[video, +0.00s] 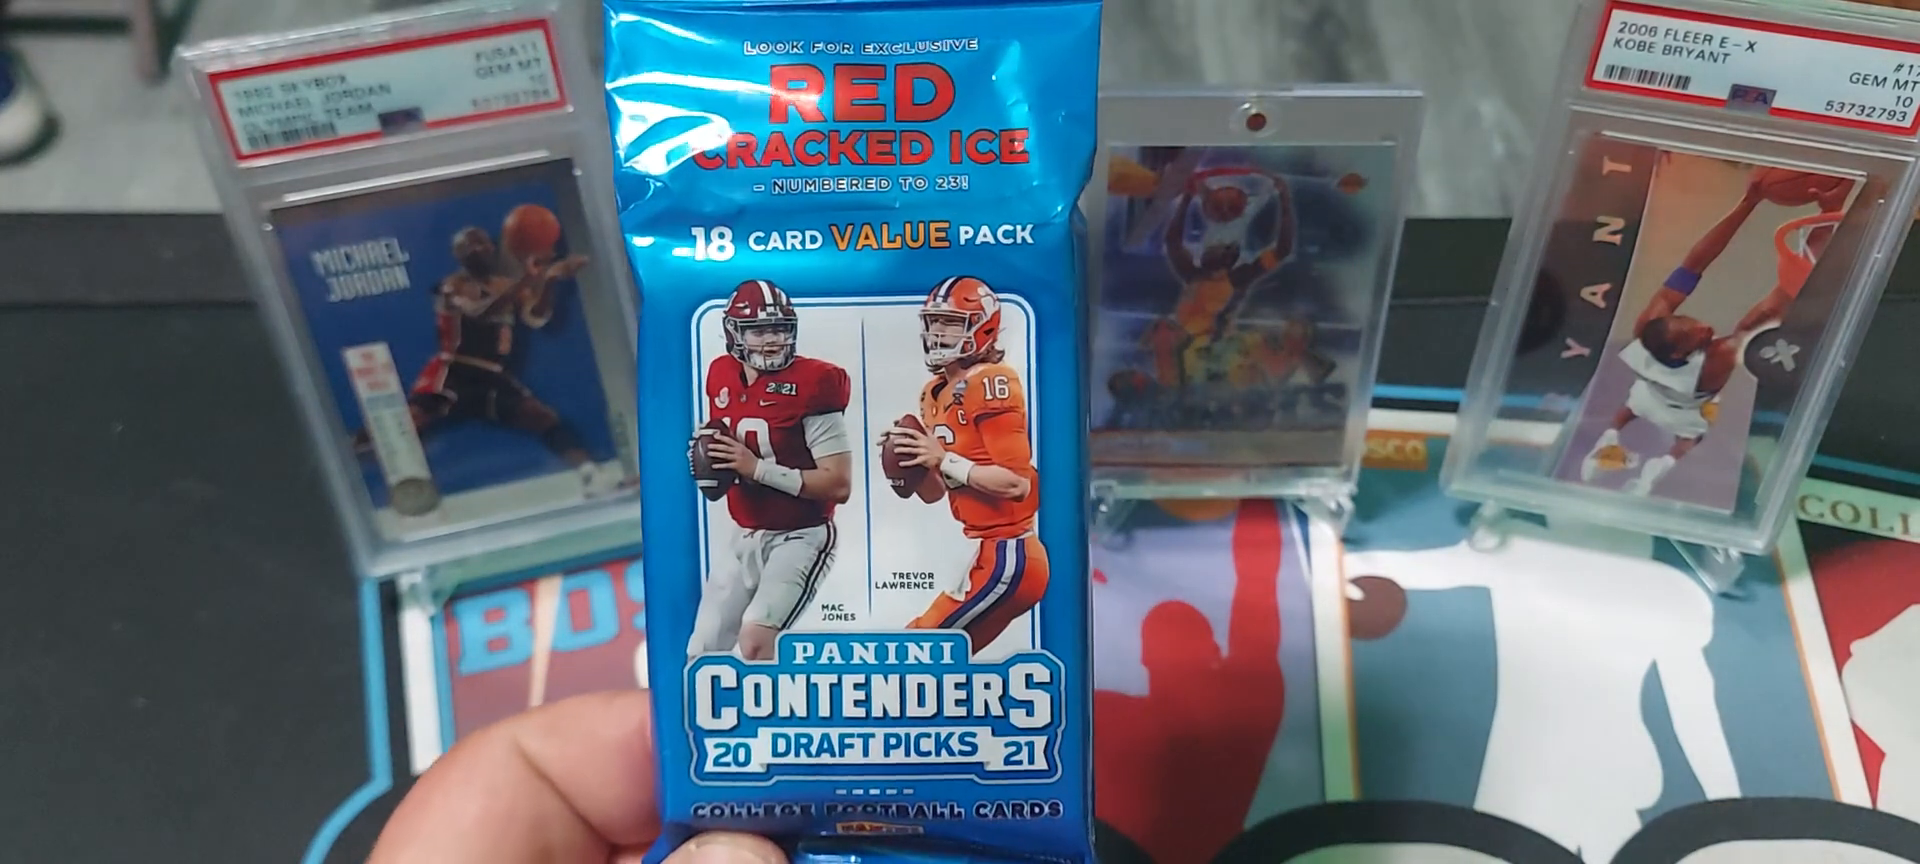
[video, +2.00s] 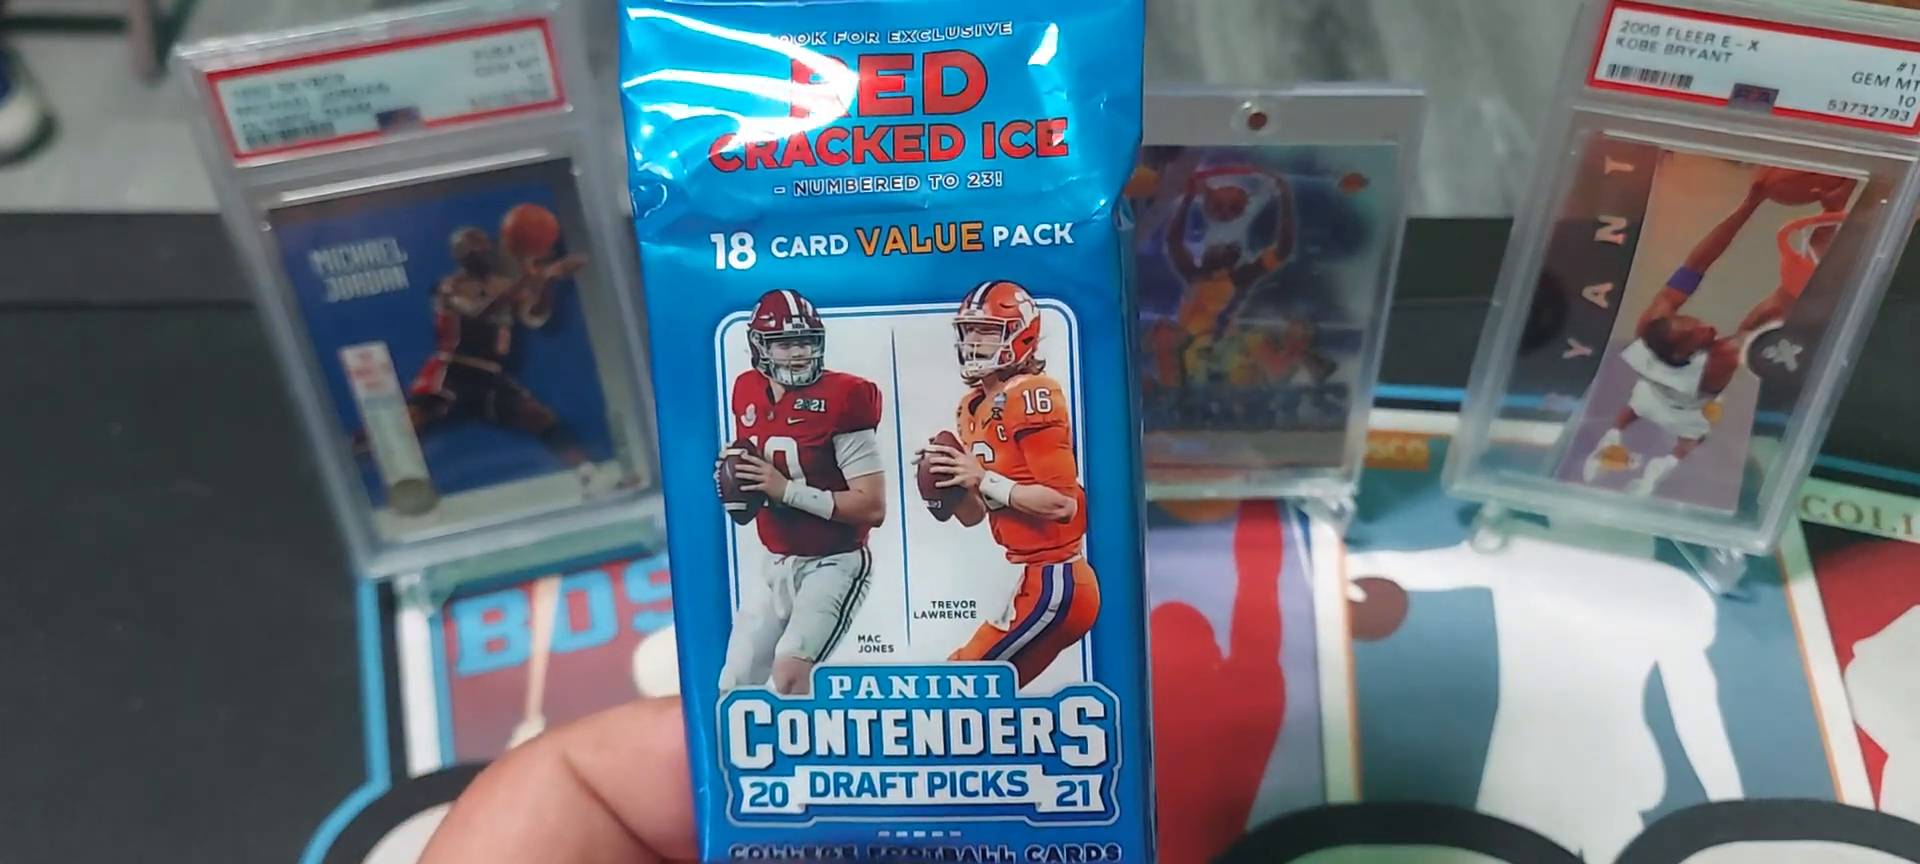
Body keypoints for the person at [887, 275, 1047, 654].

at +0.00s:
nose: (937, 335)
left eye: (950, 325)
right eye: (933, 324)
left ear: (981, 329)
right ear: (925, 326)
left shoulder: (991, 381)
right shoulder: (933, 392)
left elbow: (1016, 483)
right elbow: (931, 492)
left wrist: (942, 458)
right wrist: (904, 464)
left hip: (1008, 556)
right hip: (990, 554)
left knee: (911, 655)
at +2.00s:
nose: (974, 344)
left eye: (987, 333)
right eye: (969, 332)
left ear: (1020, 337)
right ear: (959, 335)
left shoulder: (1032, 394)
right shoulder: (970, 407)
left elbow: (1061, 502)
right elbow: (971, 514)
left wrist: (982, 478)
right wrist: (943, 479)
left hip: (1055, 582)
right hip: (1036, 579)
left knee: (955, 688)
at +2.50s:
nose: (988, 359)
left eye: (1002, 348)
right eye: (983, 347)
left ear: (1034, 353)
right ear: (974, 350)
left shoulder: (1046, 410)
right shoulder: (985, 422)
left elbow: (1074, 517)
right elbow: (984, 528)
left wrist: (996, 492)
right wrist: (957, 491)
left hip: (1067, 597)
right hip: (1050, 594)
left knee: (964, 702)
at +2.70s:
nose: (944, 340)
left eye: (958, 329)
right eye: (939, 328)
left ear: (993, 332)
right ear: (929, 331)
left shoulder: (1004, 389)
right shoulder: (941, 403)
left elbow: (1034, 501)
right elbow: (943, 513)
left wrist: (954, 475)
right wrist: (914, 479)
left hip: (1028, 581)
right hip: (1010, 578)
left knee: (927, 691)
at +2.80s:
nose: (962, 358)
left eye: (978, 347)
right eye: (957, 345)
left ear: (1012, 355)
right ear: (947, 350)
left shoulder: (1025, 410)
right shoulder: (961, 424)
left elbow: (1058, 524)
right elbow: (964, 534)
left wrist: (975, 498)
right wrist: (935, 505)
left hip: (1052, 605)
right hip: (1029, 602)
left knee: (951, 712)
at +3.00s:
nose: (1087, 412)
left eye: (1103, 399)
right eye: (1082, 398)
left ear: (1139, 409)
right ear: (1074, 401)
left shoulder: (1151, 468)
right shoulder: (1086, 479)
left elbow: (1180, 587)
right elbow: (1081, 592)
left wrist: (1093, 556)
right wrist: (1050, 563)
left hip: (1169, 672)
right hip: (1145, 668)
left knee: (1057, 778)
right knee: (1073, 788)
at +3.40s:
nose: (1163, 391)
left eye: (1180, 381)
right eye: (1160, 378)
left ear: (1216, 390)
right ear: (1150, 380)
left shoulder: (1222, 451)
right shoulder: (1154, 455)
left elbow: (1234, 567)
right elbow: (1141, 568)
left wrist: (1154, 532)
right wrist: (1115, 532)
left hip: (1221, 649)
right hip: (1198, 644)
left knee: (1102, 744)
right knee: (1118, 756)